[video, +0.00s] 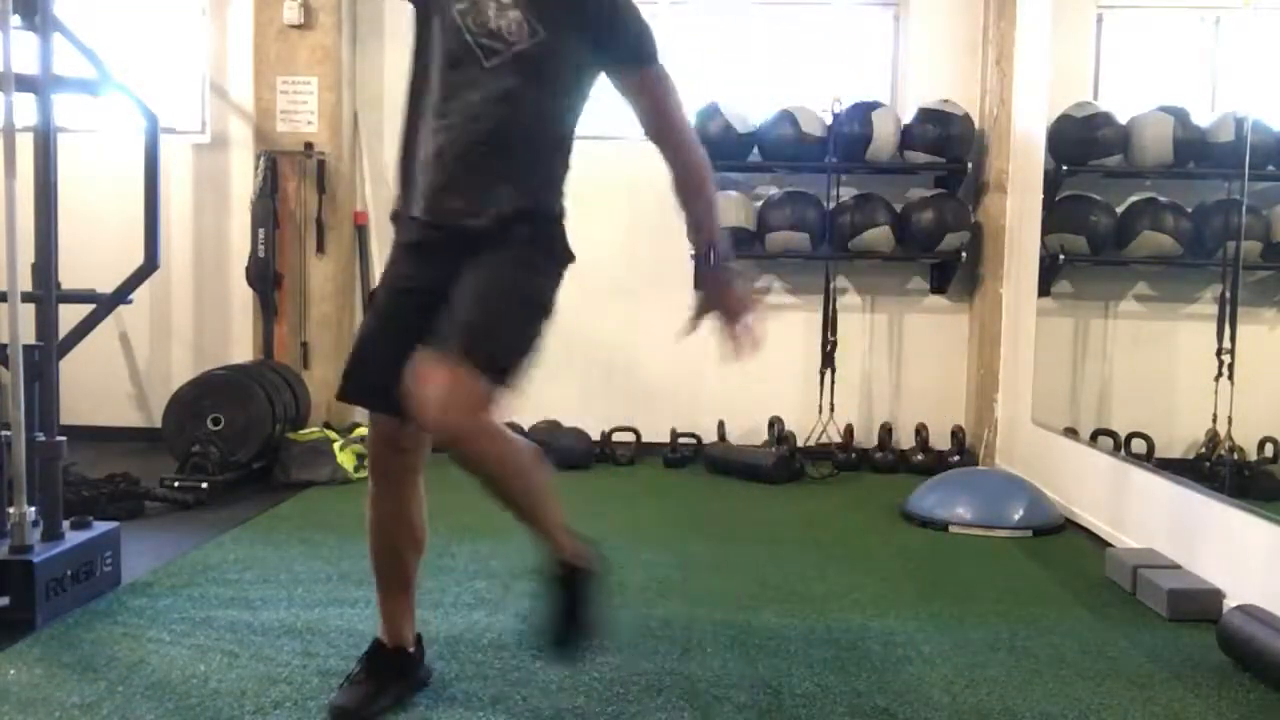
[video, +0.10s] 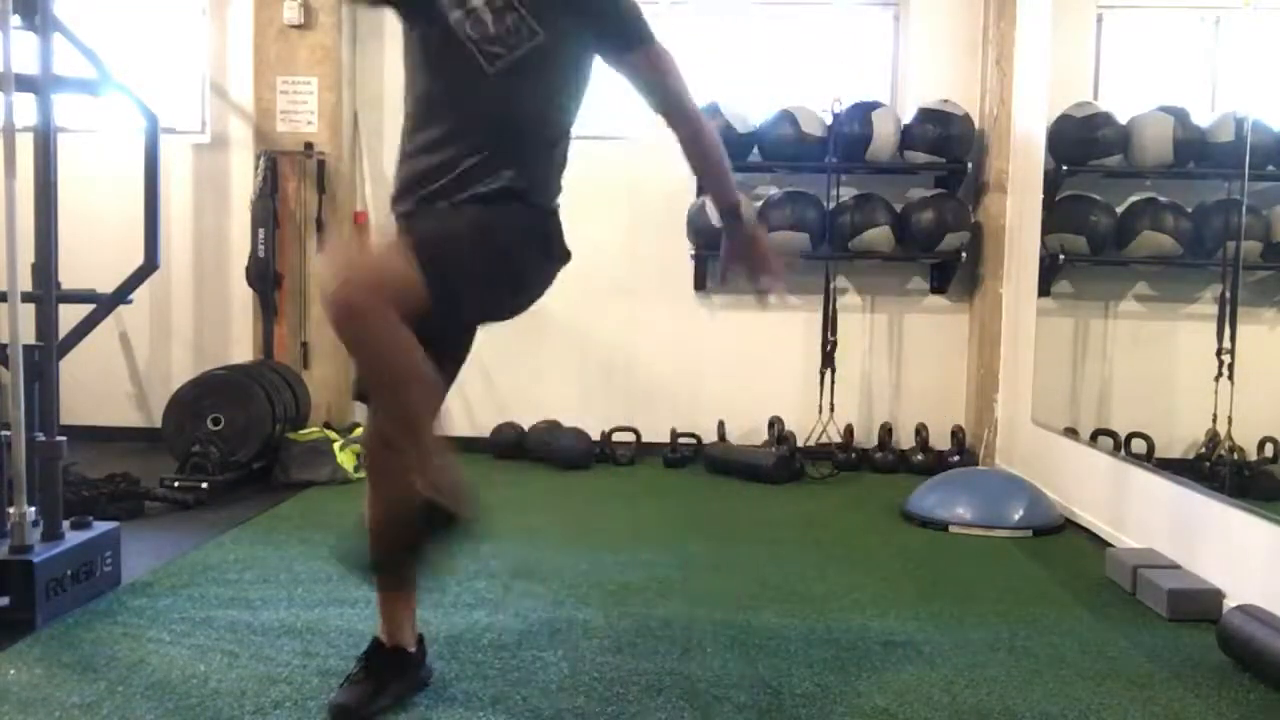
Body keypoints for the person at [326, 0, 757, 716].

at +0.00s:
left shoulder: (592, 10)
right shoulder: (433, 4)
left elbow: (671, 130)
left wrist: (712, 259)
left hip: (517, 233)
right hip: (424, 230)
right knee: (392, 432)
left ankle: (571, 557)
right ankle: (396, 648)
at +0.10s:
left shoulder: (586, 6)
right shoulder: (418, 1)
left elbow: (673, 99)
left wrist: (737, 216)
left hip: (513, 220)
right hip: (424, 222)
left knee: (355, 289)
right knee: (388, 437)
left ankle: (440, 493)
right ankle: (397, 644)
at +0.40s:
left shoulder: (564, 10)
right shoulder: (414, 15)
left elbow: (669, 98)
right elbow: (326, 54)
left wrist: (753, 195)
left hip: (523, 247)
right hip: (444, 260)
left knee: (339, 215)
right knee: (372, 450)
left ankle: (381, 434)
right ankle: (398, 648)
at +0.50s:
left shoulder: (582, 16)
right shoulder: (425, 13)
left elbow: (687, 116)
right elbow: (321, 45)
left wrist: (768, 219)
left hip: (531, 251)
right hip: (444, 252)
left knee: (400, 361)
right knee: (371, 459)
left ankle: (518, 543)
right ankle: (399, 651)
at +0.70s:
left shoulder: (639, 14)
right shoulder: (477, 11)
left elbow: (751, 108)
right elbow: (355, 41)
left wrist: (811, 217)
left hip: (607, 276)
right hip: (509, 275)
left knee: (628, 478)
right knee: (436, 461)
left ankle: (696, 660)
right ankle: (405, 652)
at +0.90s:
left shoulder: (711, 7)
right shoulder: (539, 8)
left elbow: (811, 74)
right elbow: (439, 96)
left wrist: (886, 130)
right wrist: (480, 18)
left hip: (694, 254)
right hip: (593, 258)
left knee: (740, 442)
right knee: (566, 461)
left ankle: (755, 649)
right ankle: (584, 639)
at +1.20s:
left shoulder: (853, 10)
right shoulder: (692, 22)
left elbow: (971, 22)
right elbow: (636, 149)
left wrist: (1002, 11)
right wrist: (602, 233)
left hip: (848, 275)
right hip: (740, 279)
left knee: (915, 474)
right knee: (692, 486)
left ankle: (939, 674)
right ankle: (600, 633)